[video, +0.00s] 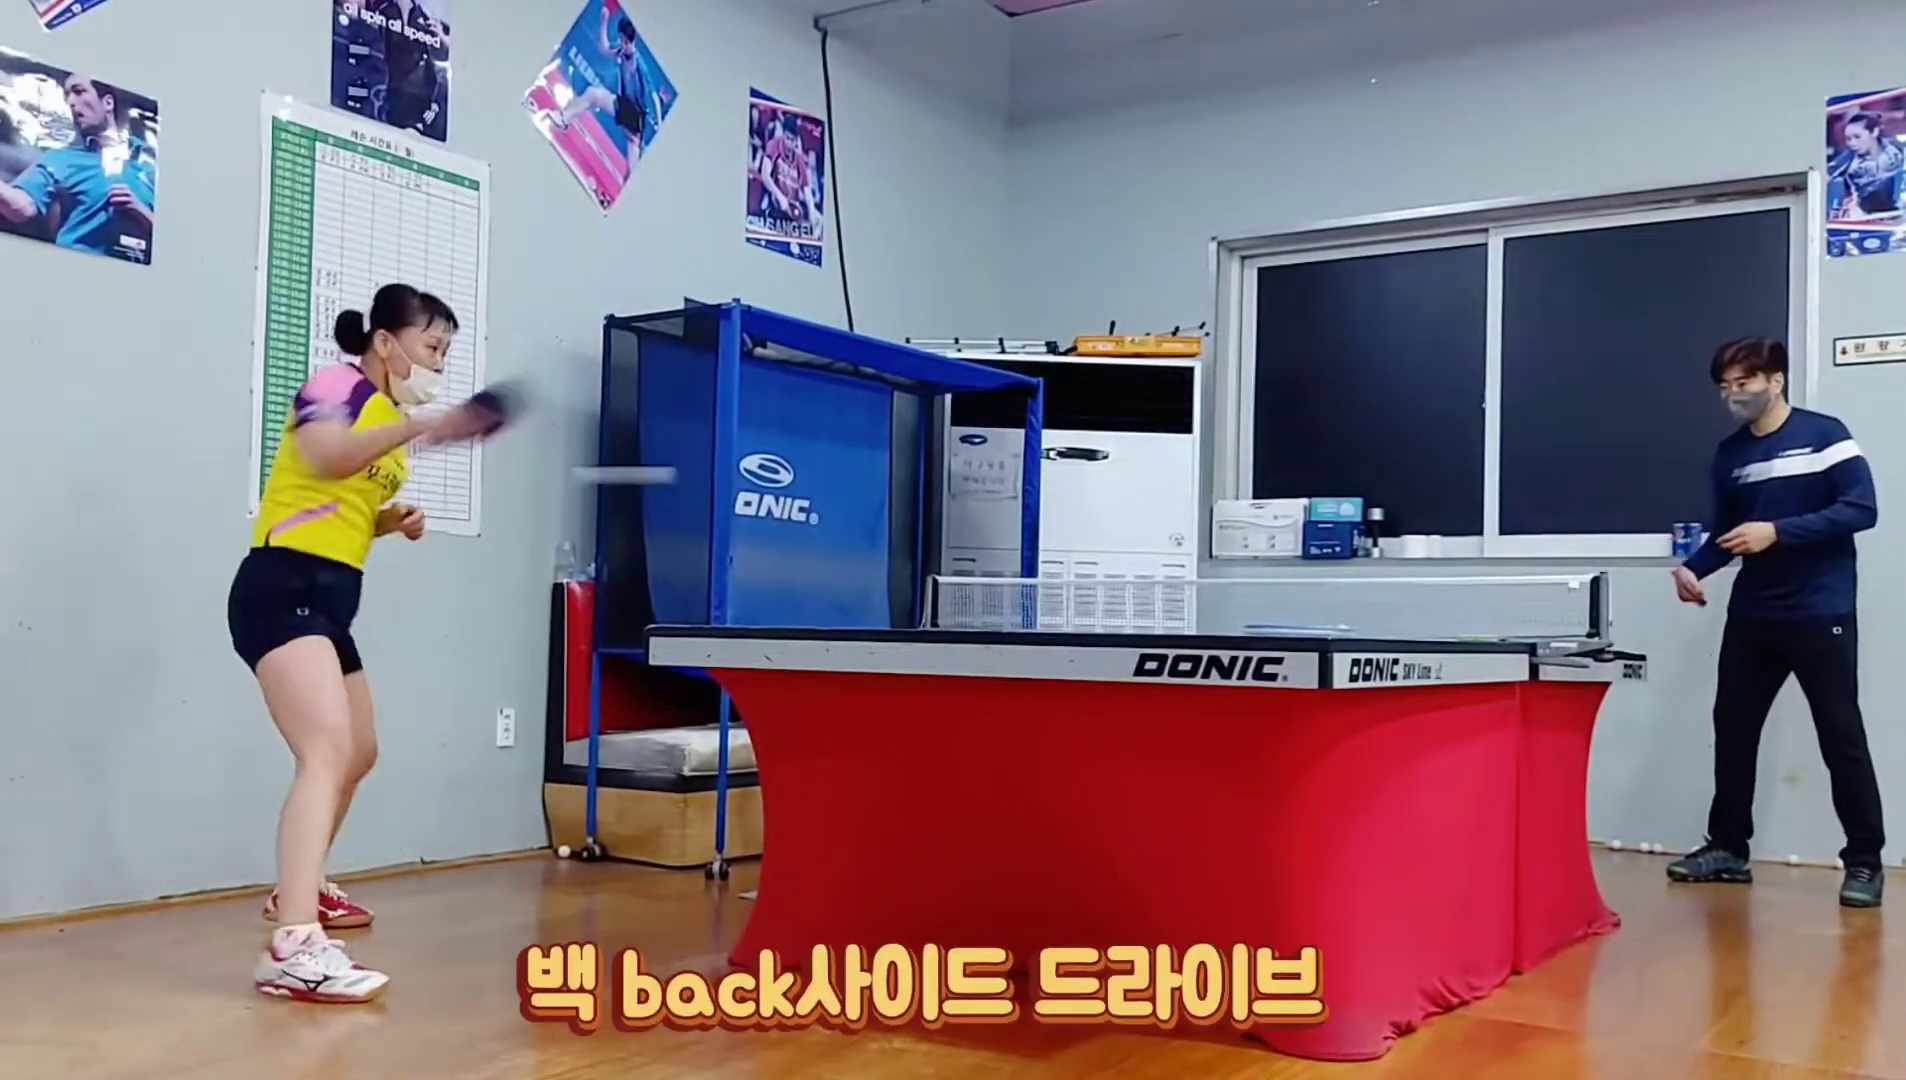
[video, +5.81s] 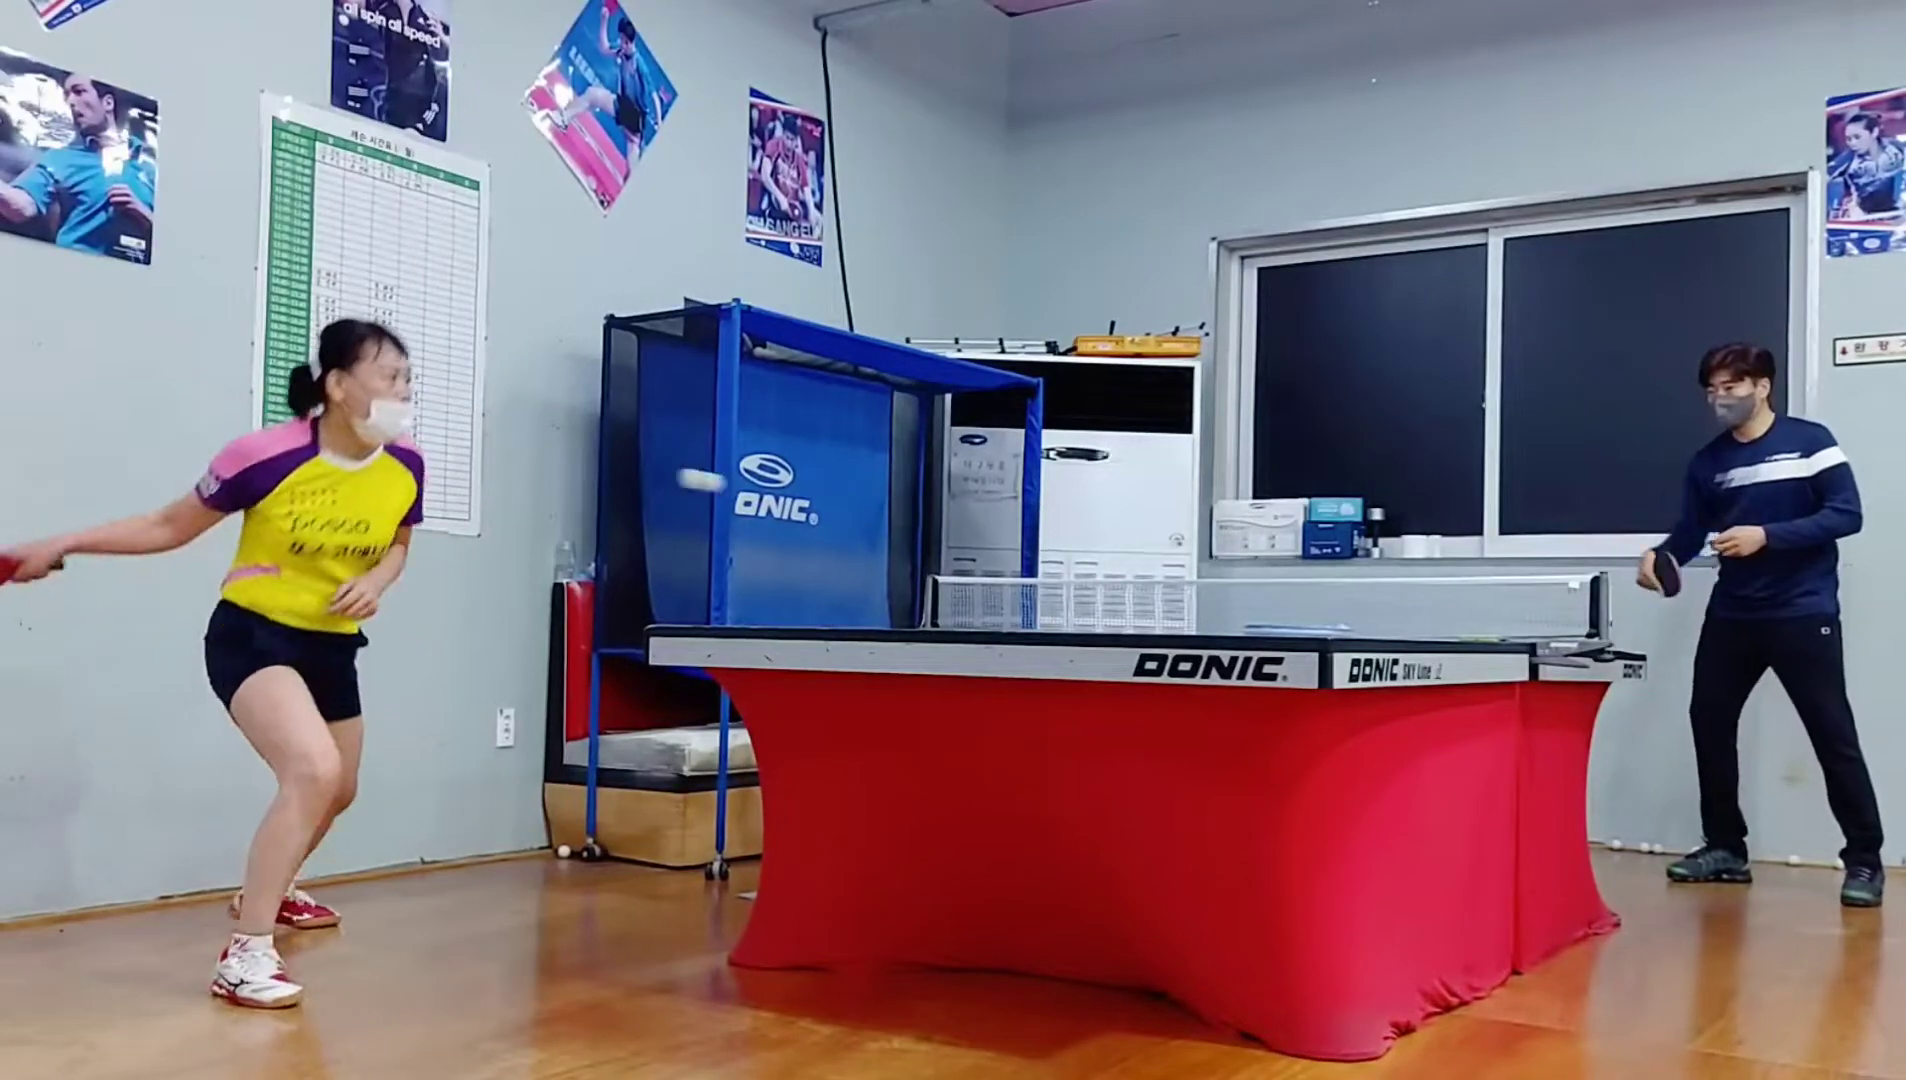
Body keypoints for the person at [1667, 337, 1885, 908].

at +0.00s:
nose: (1735, 390)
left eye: (1746, 379)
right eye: (1727, 384)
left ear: (1776, 380)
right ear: (1723, 392)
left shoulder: (1825, 433)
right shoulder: (1731, 452)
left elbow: (1861, 508)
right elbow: (1727, 532)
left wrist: (1776, 530)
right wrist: (1694, 565)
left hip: (1822, 617)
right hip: (1753, 618)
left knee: (1842, 740)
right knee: (1733, 731)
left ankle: (1864, 863)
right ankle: (1729, 849)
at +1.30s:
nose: (1721, 407)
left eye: (1732, 396)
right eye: (1715, 398)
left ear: (1766, 395)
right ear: (1711, 400)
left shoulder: (1823, 442)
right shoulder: (1713, 458)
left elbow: (1866, 513)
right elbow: (1663, 502)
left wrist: (1792, 536)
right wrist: (1631, 546)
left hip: (1819, 618)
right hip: (1744, 618)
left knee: (1843, 737)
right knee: (1717, 723)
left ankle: (1864, 863)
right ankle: (1726, 849)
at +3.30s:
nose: (1724, 410)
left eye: (1735, 399)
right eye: (1718, 401)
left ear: (1767, 396)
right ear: (1712, 403)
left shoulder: (1820, 442)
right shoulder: (1711, 463)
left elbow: (1860, 515)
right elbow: (1678, 531)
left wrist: (1787, 533)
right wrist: (1655, 557)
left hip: (1811, 618)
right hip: (1737, 619)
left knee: (1838, 736)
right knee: (1709, 722)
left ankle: (1863, 862)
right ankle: (1725, 848)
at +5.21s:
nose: (1724, 410)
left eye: (1735, 399)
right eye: (1717, 401)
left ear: (1768, 394)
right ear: (1713, 404)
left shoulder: (1824, 442)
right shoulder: (1721, 462)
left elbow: (1862, 515)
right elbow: (1699, 527)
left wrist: (1785, 534)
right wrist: (1676, 573)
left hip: (1817, 618)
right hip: (1744, 618)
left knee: (1841, 736)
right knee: (1716, 721)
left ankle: (1864, 863)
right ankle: (1727, 847)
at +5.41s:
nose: (1715, 406)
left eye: (1726, 395)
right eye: (1708, 397)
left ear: (1758, 393)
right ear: (1703, 401)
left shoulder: (1813, 441)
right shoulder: (1703, 460)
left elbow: (1857, 512)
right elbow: (1652, 507)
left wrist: (1787, 536)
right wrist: (1611, 525)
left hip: (1808, 615)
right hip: (1735, 615)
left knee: (1836, 735)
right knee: (1711, 724)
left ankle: (1864, 862)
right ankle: (1726, 848)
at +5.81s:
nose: (1722, 394)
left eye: (1733, 383)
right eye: (1715, 387)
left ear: (1763, 386)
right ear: (1708, 396)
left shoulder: (1811, 440)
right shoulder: (1708, 462)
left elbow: (1846, 514)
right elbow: (1690, 533)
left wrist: (1766, 534)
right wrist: (1662, 555)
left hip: (1804, 618)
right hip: (1733, 619)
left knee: (1834, 739)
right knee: (1709, 721)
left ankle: (1863, 862)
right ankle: (1724, 848)